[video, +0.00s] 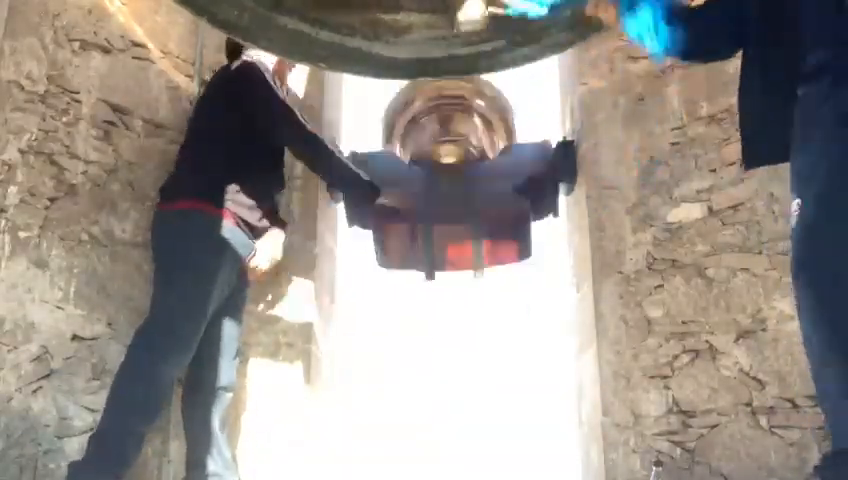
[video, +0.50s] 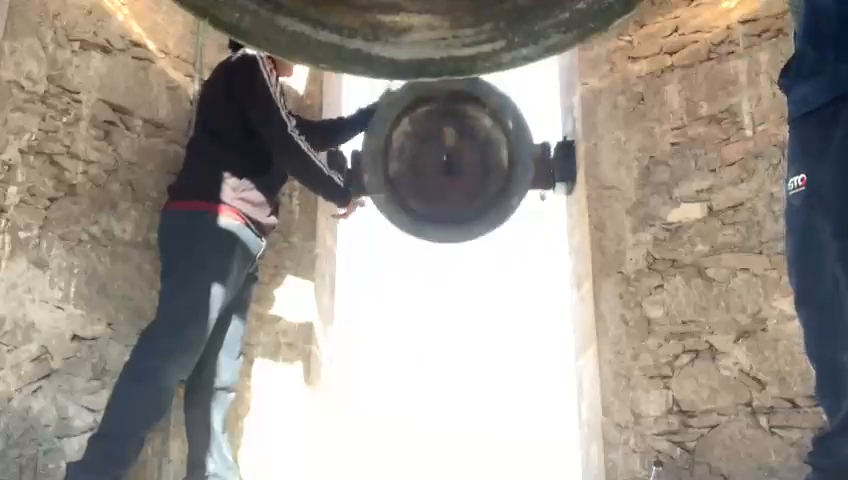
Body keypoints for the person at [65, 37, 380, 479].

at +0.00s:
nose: (297, 71)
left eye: (302, 62)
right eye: (294, 58)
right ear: (272, 48)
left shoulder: (264, 98)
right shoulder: (246, 76)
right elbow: (300, 138)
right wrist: (360, 192)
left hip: (233, 244)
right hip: (203, 227)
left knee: (216, 384)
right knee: (161, 357)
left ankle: (213, 472)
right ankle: (98, 469)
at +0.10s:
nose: (291, 64)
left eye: (294, 58)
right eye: (288, 54)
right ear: (268, 47)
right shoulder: (250, 72)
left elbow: (260, 181)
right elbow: (311, 130)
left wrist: (299, 196)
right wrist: (373, 190)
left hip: (239, 242)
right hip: (206, 224)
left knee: (216, 383)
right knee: (162, 354)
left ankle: (215, 473)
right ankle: (96, 470)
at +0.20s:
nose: (288, 65)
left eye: (290, 59)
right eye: (285, 55)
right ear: (266, 48)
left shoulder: (257, 103)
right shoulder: (248, 69)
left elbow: (259, 188)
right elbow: (303, 129)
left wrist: (309, 161)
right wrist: (359, 187)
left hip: (238, 241)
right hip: (208, 225)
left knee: (217, 382)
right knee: (168, 355)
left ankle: (215, 473)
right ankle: (97, 470)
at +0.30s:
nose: (288, 57)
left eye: (293, 49)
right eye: (285, 45)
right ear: (265, 38)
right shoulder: (245, 66)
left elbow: (274, 181)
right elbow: (295, 140)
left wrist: (313, 124)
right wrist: (357, 199)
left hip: (241, 241)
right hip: (208, 225)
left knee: (217, 380)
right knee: (174, 352)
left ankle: (215, 472)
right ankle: (96, 470)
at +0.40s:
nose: (290, 53)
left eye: (294, 46)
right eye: (286, 41)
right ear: (264, 35)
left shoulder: (271, 91)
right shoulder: (244, 65)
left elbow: (307, 144)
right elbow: (287, 137)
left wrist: (342, 93)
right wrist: (343, 200)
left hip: (242, 238)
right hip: (208, 224)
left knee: (218, 377)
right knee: (173, 351)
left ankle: (215, 472)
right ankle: (97, 470)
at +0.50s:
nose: (301, 57)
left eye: (304, 47)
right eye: (297, 43)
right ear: (273, 36)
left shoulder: (273, 91)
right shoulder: (246, 66)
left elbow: (316, 134)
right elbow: (282, 138)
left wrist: (377, 112)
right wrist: (341, 194)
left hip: (244, 242)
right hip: (210, 226)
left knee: (218, 383)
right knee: (172, 353)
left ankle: (215, 472)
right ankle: (96, 470)